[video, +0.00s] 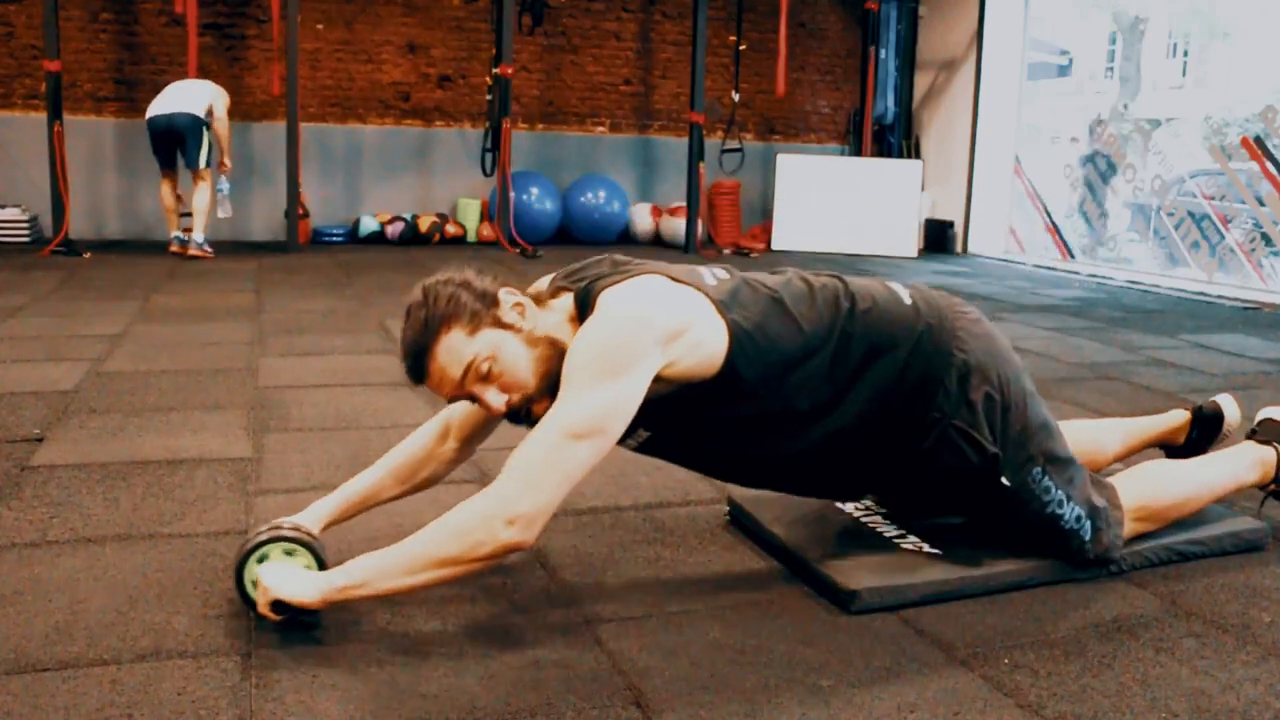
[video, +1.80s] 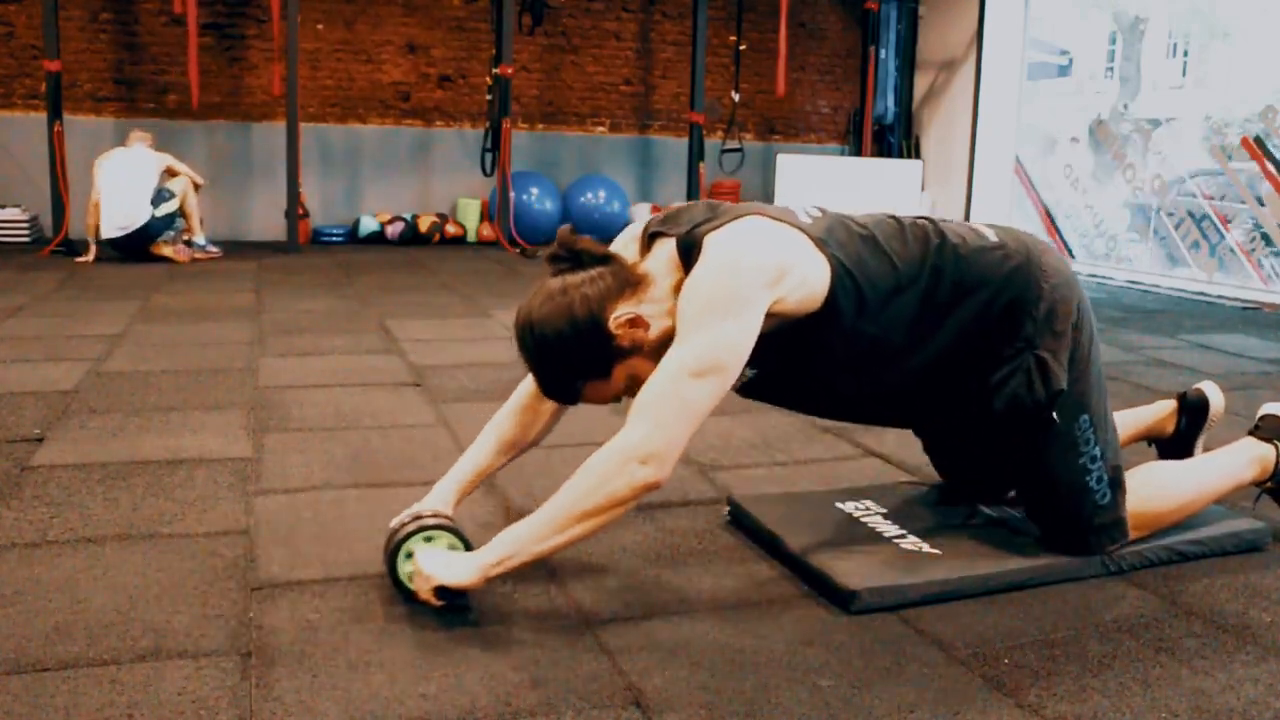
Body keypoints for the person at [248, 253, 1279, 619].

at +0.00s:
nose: (482, 402)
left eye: (474, 371)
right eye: (460, 401)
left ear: (513, 309)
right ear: (466, 377)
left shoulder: (624, 330)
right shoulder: (550, 326)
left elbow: (510, 524)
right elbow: (442, 439)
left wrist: (331, 587)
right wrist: (313, 519)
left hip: (937, 378)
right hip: (872, 398)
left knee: (1098, 530)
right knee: (1042, 486)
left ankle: (1258, 458)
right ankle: (1198, 419)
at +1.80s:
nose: (633, 388)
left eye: (612, 378)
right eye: (610, 385)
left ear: (633, 325)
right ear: (622, 326)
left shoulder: (732, 277)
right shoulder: (637, 274)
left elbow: (639, 464)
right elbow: (542, 392)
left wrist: (488, 561)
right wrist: (450, 491)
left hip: (1018, 309)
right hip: (937, 341)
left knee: (1091, 525)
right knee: (992, 484)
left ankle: (1260, 456)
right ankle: (1171, 418)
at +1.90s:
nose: (663, 385)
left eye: (645, 374)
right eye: (637, 382)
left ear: (658, 314)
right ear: (639, 305)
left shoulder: (762, 256)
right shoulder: (658, 252)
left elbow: (677, 448)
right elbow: (575, 377)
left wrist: (532, 554)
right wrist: (489, 486)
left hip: (1035, 301)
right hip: (950, 333)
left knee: (1099, 525)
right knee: (987, 485)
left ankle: (1265, 456)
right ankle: (1169, 416)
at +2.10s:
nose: (721, 341)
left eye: (708, 328)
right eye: (700, 338)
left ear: (720, 269)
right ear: (705, 268)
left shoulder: (824, 222)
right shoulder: (709, 216)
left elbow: (759, 424)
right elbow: (640, 359)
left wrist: (622, 547)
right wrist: (570, 487)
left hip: (1069, 295)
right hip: (975, 331)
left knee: (1096, 529)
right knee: (989, 481)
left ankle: (1267, 456)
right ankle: (1168, 414)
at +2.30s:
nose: (763, 314)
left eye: (754, 302)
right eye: (746, 311)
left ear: (768, 242)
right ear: (758, 235)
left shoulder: (876, 202)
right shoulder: (758, 197)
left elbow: (821, 403)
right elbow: (693, 346)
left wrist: (700, 536)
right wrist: (640, 485)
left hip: (1100, 302)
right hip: (1002, 329)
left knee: (1095, 528)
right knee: (989, 484)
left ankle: (1268, 456)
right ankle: (1169, 420)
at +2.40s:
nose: (766, 302)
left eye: (762, 289)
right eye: (749, 296)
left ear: (779, 234)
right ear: (764, 217)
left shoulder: (896, 191)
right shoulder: (777, 185)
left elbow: (844, 388)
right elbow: (716, 338)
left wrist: (732, 530)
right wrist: (670, 475)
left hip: (1109, 307)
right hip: (1011, 328)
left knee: (1098, 526)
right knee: (991, 480)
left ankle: (1267, 456)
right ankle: (1168, 416)